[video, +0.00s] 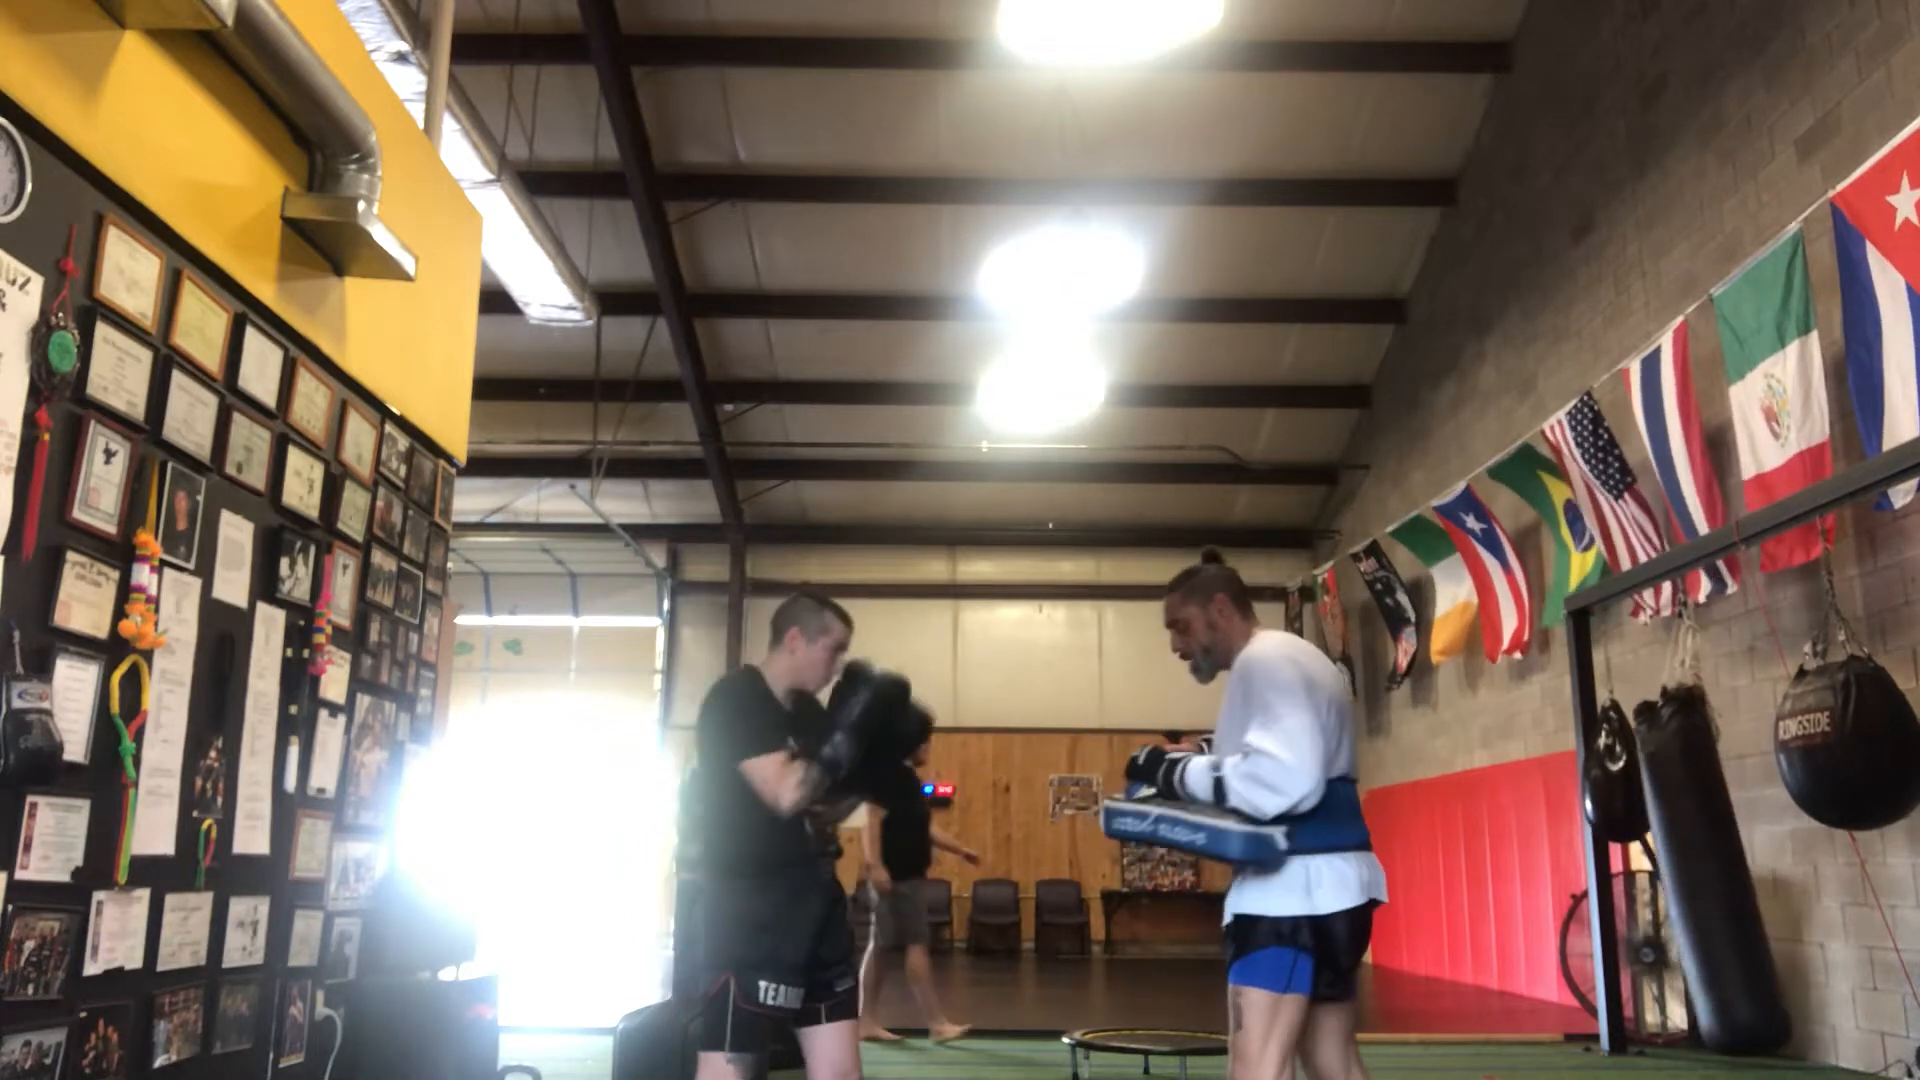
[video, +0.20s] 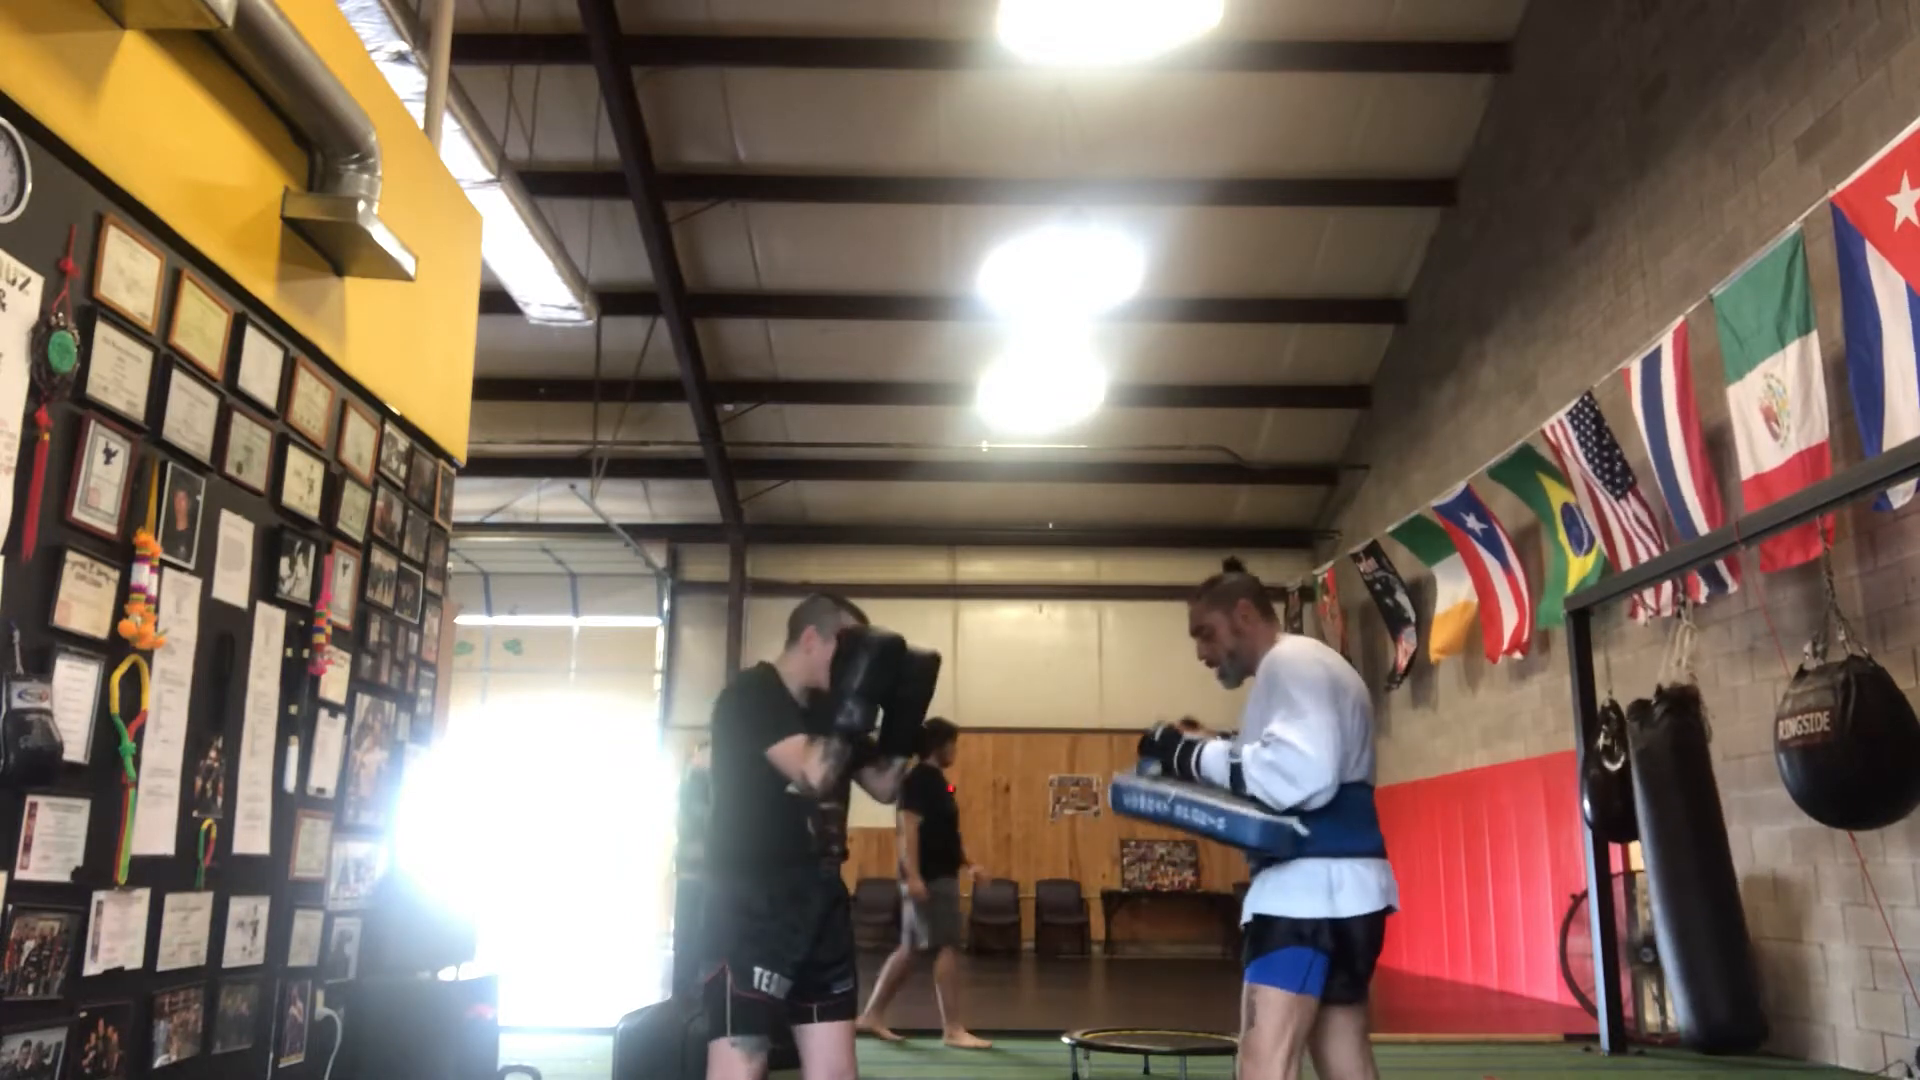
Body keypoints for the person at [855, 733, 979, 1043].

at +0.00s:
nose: (928, 748)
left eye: (928, 742)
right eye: (924, 742)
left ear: (915, 745)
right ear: (911, 743)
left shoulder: (910, 781)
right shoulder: (891, 777)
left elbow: (921, 829)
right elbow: (872, 821)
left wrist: (960, 850)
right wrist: (874, 865)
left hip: (904, 873)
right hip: (898, 875)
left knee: (878, 949)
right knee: (917, 947)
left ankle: (865, 1020)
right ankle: (937, 1023)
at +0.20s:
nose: (955, 750)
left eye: (955, 744)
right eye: (952, 744)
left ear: (937, 745)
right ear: (938, 746)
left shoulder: (938, 780)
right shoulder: (920, 778)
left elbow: (946, 833)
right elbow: (908, 828)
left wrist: (968, 864)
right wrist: (913, 876)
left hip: (937, 874)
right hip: (931, 877)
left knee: (910, 948)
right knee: (946, 949)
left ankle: (871, 1016)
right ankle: (953, 1029)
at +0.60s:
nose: (1011, 749)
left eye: (1010, 742)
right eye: (1008, 743)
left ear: (987, 744)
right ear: (995, 745)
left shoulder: (990, 777)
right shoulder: (979, 776)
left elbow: (985, 825)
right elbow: (979, 823)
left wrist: (1006, 866)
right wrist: (1012, 862)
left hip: (996, 879)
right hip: (972, 879)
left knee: (1014, 944)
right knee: (960, 949)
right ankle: (953, 1030)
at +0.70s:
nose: (1026, 749)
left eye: (1025, 743)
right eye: (1023, 744)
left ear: (1000, 746)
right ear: (1010, 747)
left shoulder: (1005, 779)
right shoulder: (994, 778)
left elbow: (1002, 827)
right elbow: (996, 824)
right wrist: (1027, 859)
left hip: (1009, 881)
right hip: (986, 881)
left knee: (1026, 948)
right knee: (971, 949)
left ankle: (1049, 1025)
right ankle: (953, 1029)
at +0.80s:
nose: (1039, 752)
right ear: (1019, 745)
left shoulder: (1025, 782)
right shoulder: (1008, 780)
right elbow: (1010, 824)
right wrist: (1041, 863)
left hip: (1027, 883)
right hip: (1001, 882)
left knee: (1041, 950)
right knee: (987, 950)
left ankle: (1053, 1027)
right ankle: (955, 1026)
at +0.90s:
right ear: (1040, 747)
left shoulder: (1046, 778)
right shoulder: (1024, 776)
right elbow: (1023, 817)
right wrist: (1049, 866)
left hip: (1042, 877)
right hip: (1020, 877)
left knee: (1051, 949)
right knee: (1016, 948)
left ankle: (1053, 1026)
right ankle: (965, 1015)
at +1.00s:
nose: (1074, 752)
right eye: (1069, 745)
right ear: (1055, 744)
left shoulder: (1052, 778)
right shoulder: (1037, 775)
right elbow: (1036, 822)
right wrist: (1054, 866)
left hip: (1049, 876)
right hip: (1034, 875)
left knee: (1054, 952)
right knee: (1045, 947)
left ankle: (1054, 1027)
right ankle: (993, 1007)